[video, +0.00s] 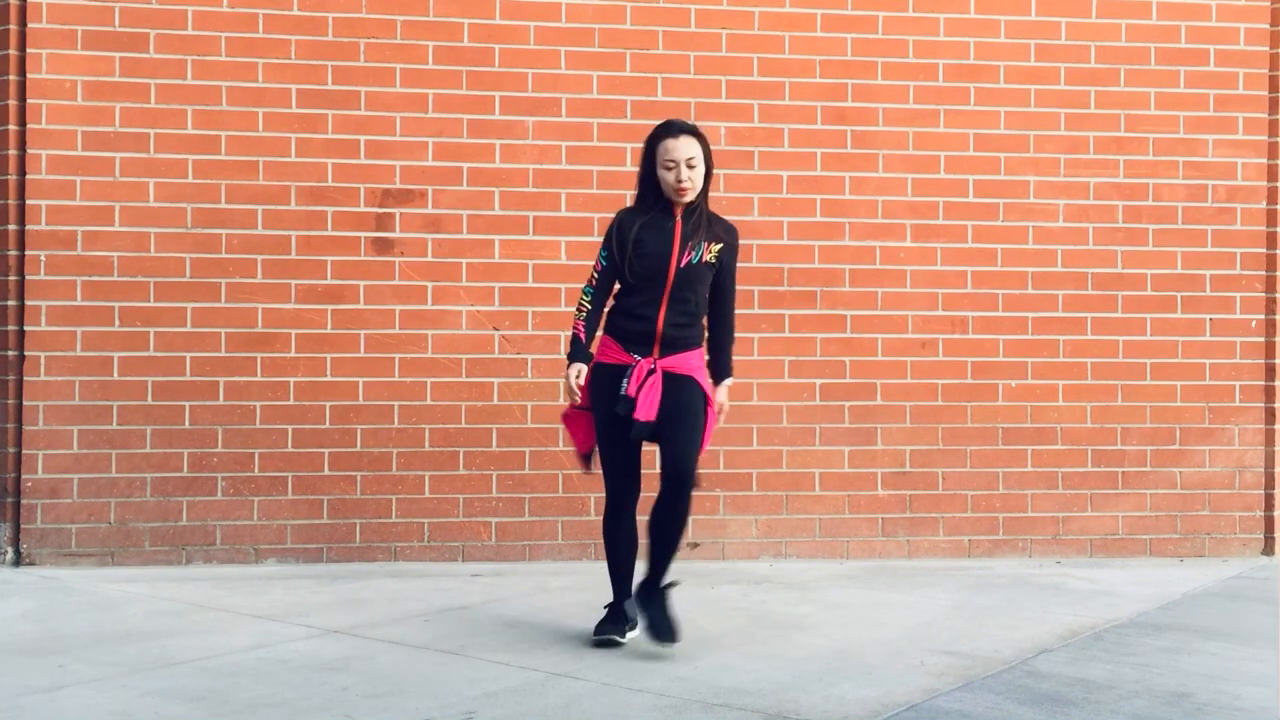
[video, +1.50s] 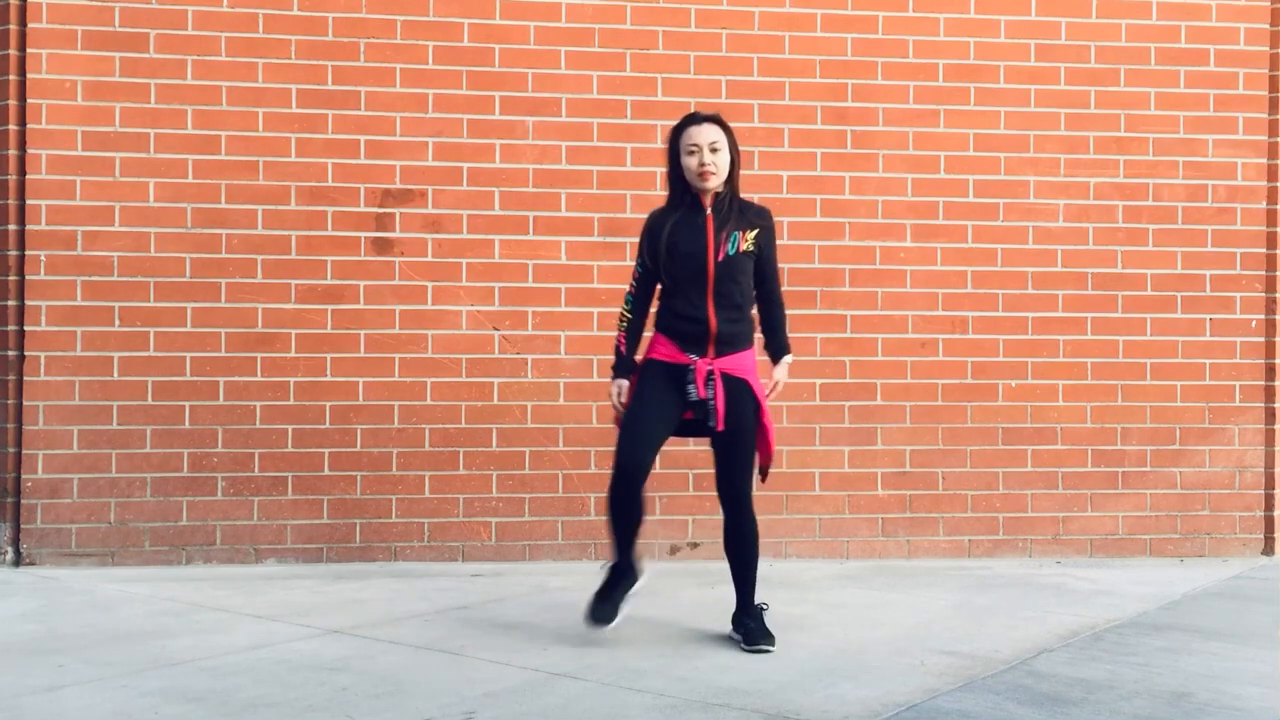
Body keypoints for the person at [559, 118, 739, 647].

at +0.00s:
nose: (681, 174)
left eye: (691, 163)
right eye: (670, 165)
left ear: (706, 168)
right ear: (653, 171)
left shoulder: (720, 235)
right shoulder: (628, 224)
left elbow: (722, 312)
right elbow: (595, 293)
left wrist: (722, 375)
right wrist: (578, 353)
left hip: (684, 367)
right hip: (619, 364)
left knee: (680, 477)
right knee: (622, 490)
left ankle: (653, 589)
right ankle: (619, 603)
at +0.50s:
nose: (691, 165)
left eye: (701, 155)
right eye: (679, 156)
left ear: (716, 162)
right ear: (663, 163)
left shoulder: (732, 227)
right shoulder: (638, 223)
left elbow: (740, 302)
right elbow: (606, 292)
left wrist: (749, 365)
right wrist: (584, 359)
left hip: (706, 367)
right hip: (639, 366)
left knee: (727, 467)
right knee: (632, 492)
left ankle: (716, 573)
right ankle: (622, 605)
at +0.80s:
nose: (707, 176)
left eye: (718, 166)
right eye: (696, 166)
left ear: (733, 171)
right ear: (680, 172)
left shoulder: (755, 225)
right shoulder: (665, 240)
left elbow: (776, 298)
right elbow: (647, 316)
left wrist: (794, 361)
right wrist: (638, 388)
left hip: (760, 370)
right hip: (697, 372)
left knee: (762, 496)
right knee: (704, 477)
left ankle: (749, 609)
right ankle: (672, 576)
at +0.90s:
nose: (711, 173)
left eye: (721, 163)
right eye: (699, 163)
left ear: (737, 169)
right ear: (684, 171)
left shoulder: (761, 222)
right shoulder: (669, 238)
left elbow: (782, 294)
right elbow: (657, 315)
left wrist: (800, 355)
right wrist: (653, 389)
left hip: (767, 368)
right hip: (705, 370)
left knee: (761, 484)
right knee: (732, 468)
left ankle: (749, 605)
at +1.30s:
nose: (714, 173)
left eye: (724, 162)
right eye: (702, 164)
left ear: (740, 169)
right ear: (687, 175)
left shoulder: (766, 228)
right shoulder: (674, 242)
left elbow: (786, 300)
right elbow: (655, 319)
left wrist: (800, 361)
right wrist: (645, 390)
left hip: (762, 372)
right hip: (698, 372)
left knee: (769, 488)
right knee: (703, 457)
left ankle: (753, 603)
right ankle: (736, 572)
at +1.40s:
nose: (710, 162)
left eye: (721, 151)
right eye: (698, 153)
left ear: (737, 159)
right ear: (685, 163)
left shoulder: (761, 220)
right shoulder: (669, 229)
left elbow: (779, 292)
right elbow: (648, 305)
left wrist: (793, 354)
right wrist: (635, 375)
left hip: (750, 366)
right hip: (685, 364)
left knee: (753, 494)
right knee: (662, 435)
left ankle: (748, 609)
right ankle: (674, 545)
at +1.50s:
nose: (705, 160)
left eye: (714, 149)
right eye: (693, 151)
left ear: (731, 156)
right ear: (679, 162)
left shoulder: (755, 220)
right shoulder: (662, 222)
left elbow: (769, 292)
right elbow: (638, 296)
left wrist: (780, 351)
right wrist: (622, 365)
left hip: (734, 367)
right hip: (667, 364)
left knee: (736, 491)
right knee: (627, 467)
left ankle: (747, 609)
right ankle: (623, 566)